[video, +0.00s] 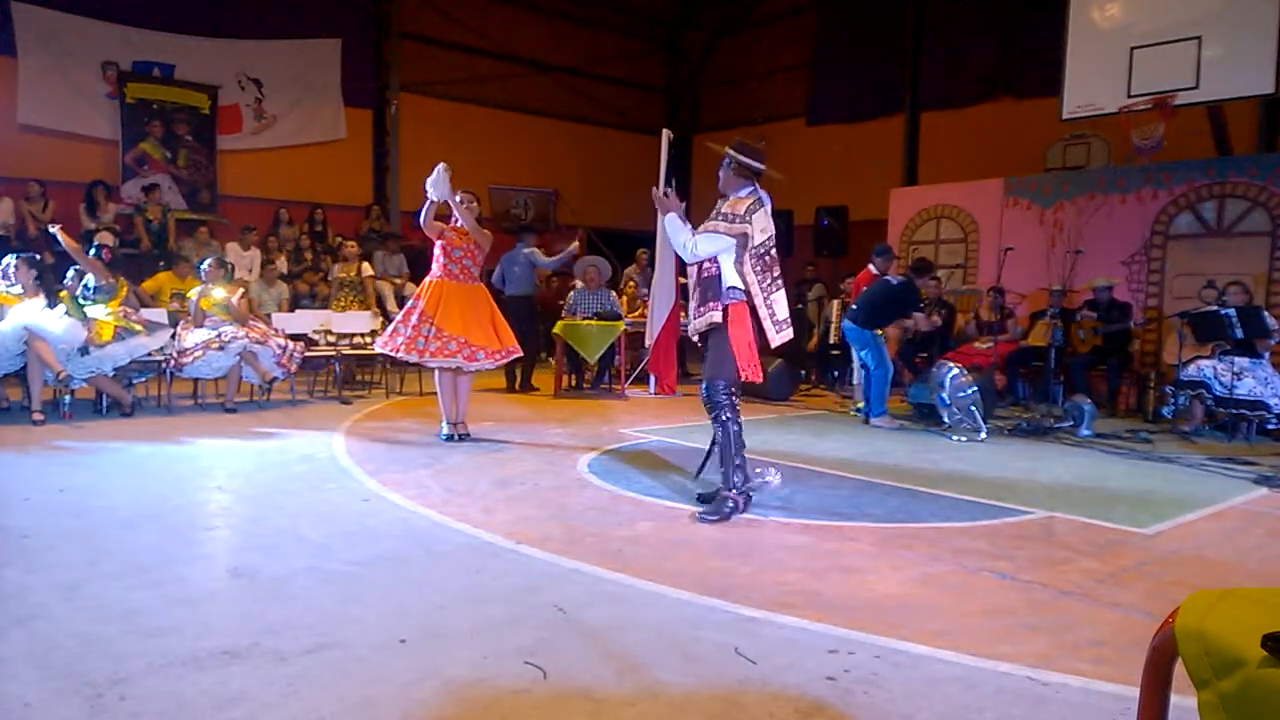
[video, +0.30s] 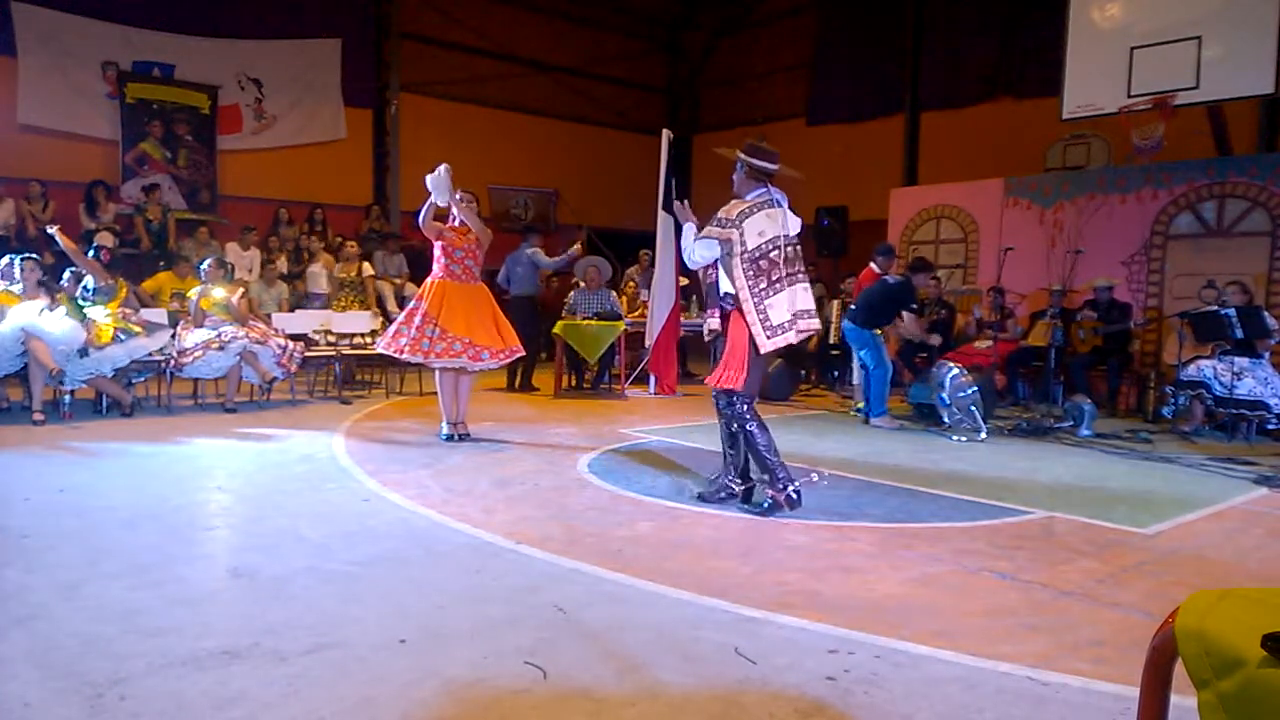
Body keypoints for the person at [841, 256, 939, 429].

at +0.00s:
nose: (929, 283)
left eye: (930, 279)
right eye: (930, 279)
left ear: (911, 271)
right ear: (924, 277)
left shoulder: (894, 280)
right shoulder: (910, 289)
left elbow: (892, 319)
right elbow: (923, 325)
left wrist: (916, 323)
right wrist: (935, 322)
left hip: (852, 323)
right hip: (864, 328)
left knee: (871, 368)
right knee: (883, 368)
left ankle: (871, 410)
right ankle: (879, 414)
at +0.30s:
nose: (928, 283)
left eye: (929, 278)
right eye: (928, 278)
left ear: (911, 271)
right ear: (920, 275)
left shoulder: (894, 281)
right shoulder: (907, 289)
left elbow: (899, 325)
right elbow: (910, 326)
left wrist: (920, 337)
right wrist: (928, 338)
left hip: (853, 323)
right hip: (863, 328)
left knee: (872, 367)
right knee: (882, 368)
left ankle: (871, 411)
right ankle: (879, 414)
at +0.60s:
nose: (930, 289)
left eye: (932, 285)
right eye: (930, 285)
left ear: (917, 278)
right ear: (921, 279)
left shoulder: (898, 284)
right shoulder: (905, 290)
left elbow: (888, 325)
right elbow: (897, 327)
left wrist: (902, 349)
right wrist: (910, 354)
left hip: (856, 323)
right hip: (861, 326)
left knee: (871, 367)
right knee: (878, 366)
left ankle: (871, 410)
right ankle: (878, 414)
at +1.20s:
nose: (926, 292)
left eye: (928, 288)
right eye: (926, 287)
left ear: (914, 279)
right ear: (916, 280)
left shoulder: (894, 283)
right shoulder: (902, 291)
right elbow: (904, 330)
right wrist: (921, 358)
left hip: (847, 323)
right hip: (856, 327)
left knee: (866, 368)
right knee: (870, 369)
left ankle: (868, 408)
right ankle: (862, 414)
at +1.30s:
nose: (923, 293)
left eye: (926, 289)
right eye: (924, 288)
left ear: (911, 279)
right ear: (915, 280)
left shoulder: (888, 281)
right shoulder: (901, 291)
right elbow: (903, 329)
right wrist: (920, 358)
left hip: (843, 322)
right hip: (856, 327)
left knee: (860, 369)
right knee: (869, 370)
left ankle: (866, 408)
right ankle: (861, 414)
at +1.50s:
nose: (920, 292)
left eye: (923, 288)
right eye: (920, 287)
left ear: (907, 278)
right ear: (911, 280)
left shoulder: (886, 280)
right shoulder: (900, 292)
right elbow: (902, 330)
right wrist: (920, 359)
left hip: (842, 317)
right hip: (854, 325)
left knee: (849, 369)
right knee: (863, 371)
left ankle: (845, 409)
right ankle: (858, 415)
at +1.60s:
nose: (918, 292)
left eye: (920, 288)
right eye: (918, 287)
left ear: (907, 279)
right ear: (910, 281)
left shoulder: (884, 280)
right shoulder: (898, 293)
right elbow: (902, 332)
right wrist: (920, 359)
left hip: (839, 319)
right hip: (853, 327)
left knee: (841, 368)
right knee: (861, 372)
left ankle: (832, 413)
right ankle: (858, 415)